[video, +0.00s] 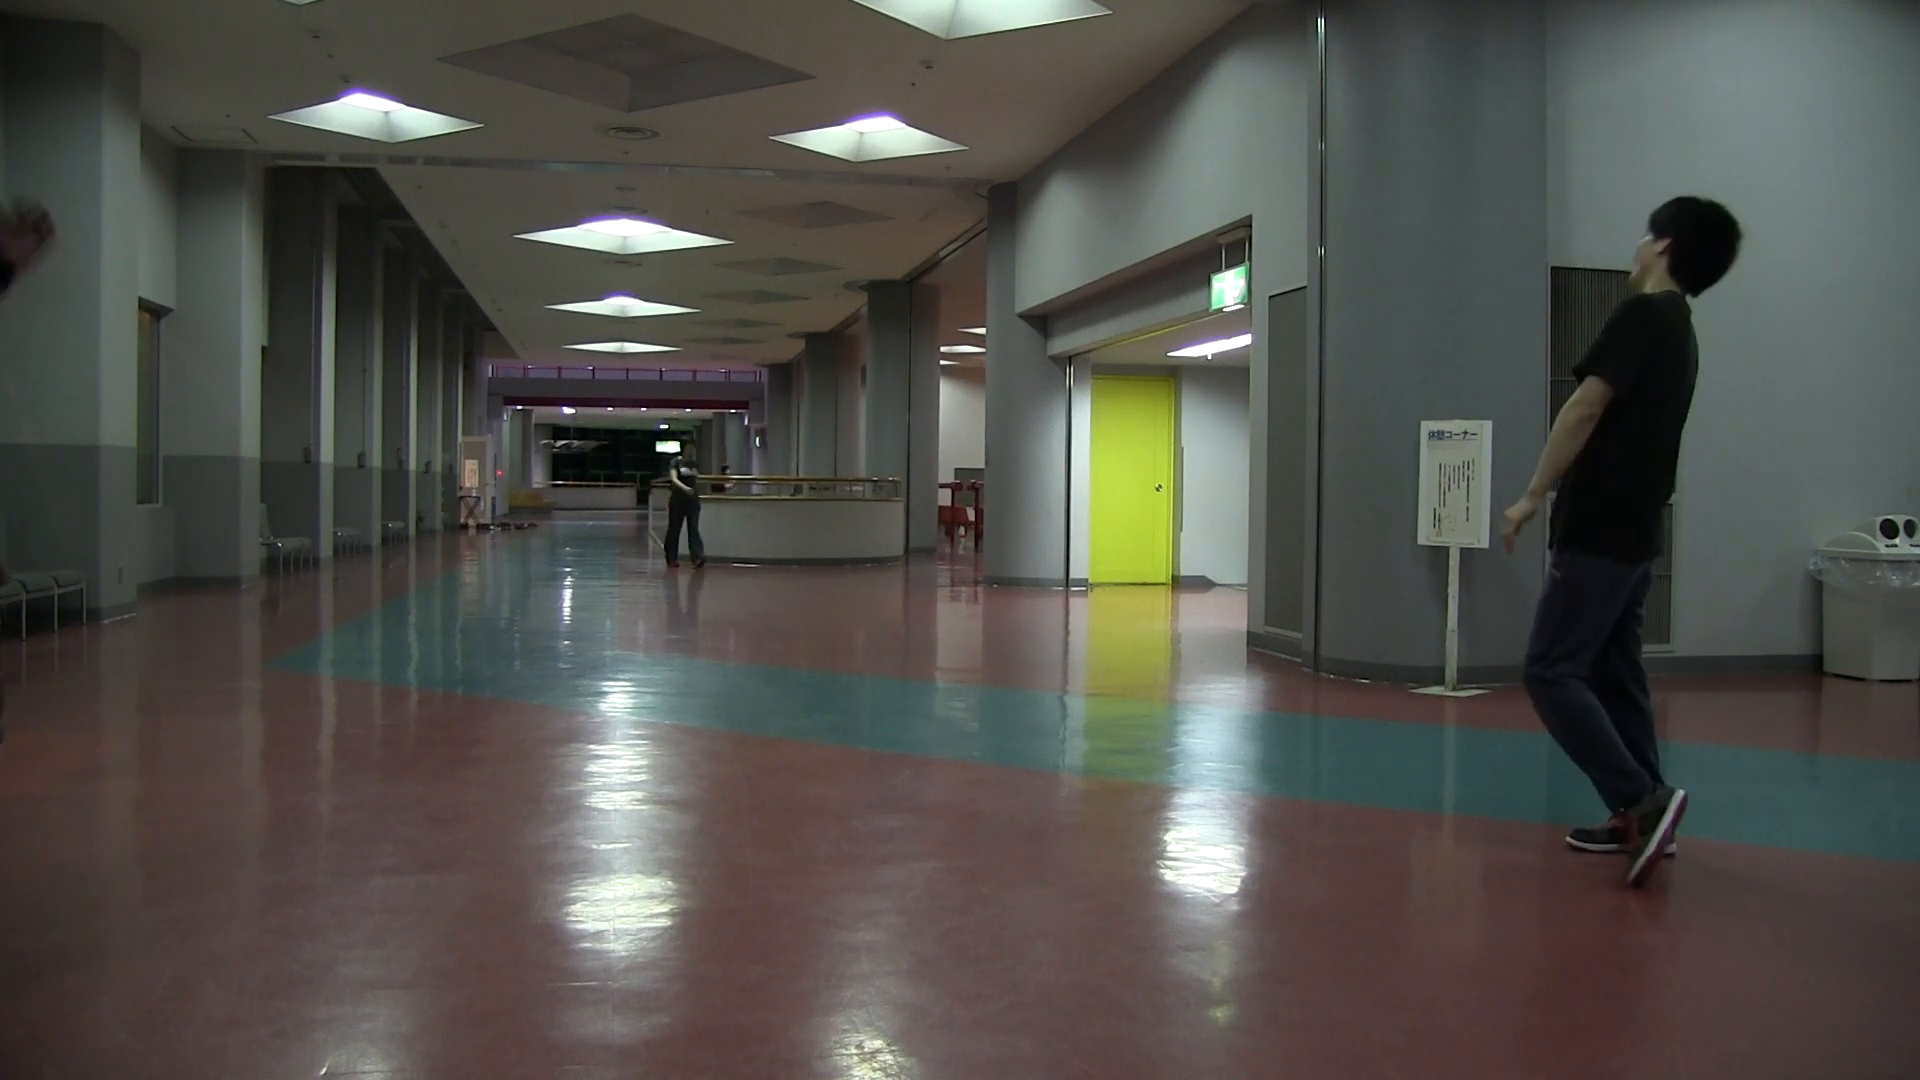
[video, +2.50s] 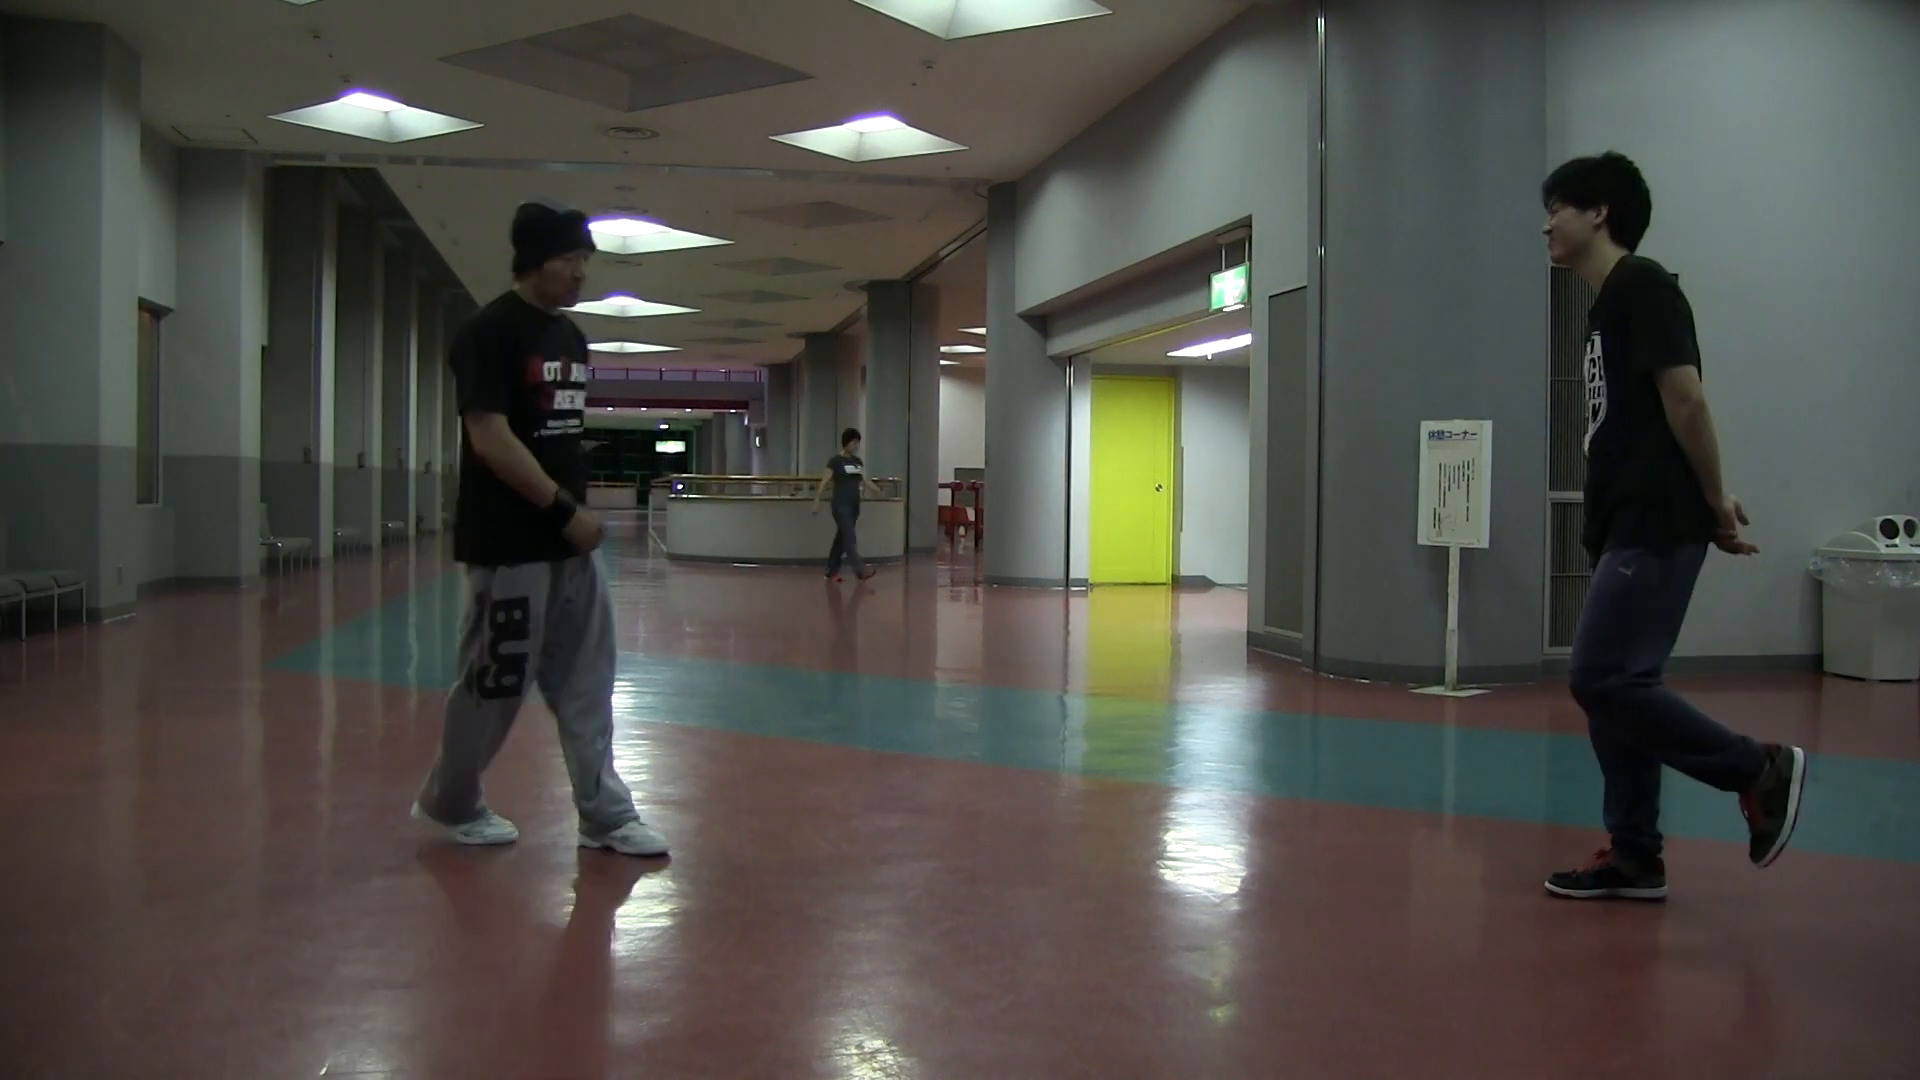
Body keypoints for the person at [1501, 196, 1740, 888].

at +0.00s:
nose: (1638, 241)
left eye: (1648, 231)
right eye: (1648, 230)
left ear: (1663, 245)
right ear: (1694, 260)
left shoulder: (1642, 316)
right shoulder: (1674, 324)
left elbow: (1585, 406)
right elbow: (1640, 430)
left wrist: (1534, 494)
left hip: (1599, 537)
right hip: (1632, 534)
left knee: (1548, 670)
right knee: (1614, 668)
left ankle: (1643, 800)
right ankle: (1632, 819)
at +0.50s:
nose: (1537, 294)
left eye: (1542, 278)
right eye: (1532, 281)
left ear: (1582, 264)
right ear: (1572, 271)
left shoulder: (1656, 329)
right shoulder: (1583, 346)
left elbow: (1677, 438)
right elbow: (1580, 443)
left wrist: (1691, 545)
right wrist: (1553, 528)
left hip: (1661, 534)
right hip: (1614, 531)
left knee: (1588, 666)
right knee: (1622, 675)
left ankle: (1649, 817)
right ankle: (1628, 816)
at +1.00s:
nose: (1614, 272)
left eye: (1626, 258)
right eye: (1604, 258)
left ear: (1661, 246)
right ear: (1598, 253)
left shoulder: (1726, 312)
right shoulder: (1592, 326)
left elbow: (1731, 429)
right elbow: (1582, 436)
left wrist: (1698, 531)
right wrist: (1599, 530)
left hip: (1695, 532)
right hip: (1614, 529)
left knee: (1690, 686)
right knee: (1598, 678)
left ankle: (1674, 834)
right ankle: (1629, 765)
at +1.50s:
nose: (1670, 237)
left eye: (1685, 222)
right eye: (1656, 223)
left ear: (1711, 223)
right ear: (1640, 226)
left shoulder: (1752, 317)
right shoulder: (1610, 309)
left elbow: (1771, 432)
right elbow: (1572, 415)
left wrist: (1766, 539)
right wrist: (1560, 516)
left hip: (1696, 539)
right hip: (1608, 533)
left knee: (1692, 693)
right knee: (1587, 682)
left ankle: (1672, 835)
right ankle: (1599, 825)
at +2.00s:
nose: (1569, 224)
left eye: (1582, 209)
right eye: (1566, 211)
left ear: (1630, 213)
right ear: (1576, 223)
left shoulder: (1702, 299)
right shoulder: (1577, 325)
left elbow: (1744, 414)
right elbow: (1592, 425)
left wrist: (1709, 481)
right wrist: (1657, 469)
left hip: (1692, 530)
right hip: (1609, 532)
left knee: (1686, 689)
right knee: (1612, 694)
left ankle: (1677, 841)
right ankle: (1633, 853)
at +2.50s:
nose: (1546, 227)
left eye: (1555, 212)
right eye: (1546, 214)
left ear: (1599, 214)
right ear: (1588, 219)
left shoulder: (1645, 287)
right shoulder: (1613, 302)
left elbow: (1685, 399)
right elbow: (1651, 413)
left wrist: (1716, 499)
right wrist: (1710, 505)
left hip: (1658, 523)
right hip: (1631, 524)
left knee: (1599, 677)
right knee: (1617, 685)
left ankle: (1757, 771)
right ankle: (1633, 857)